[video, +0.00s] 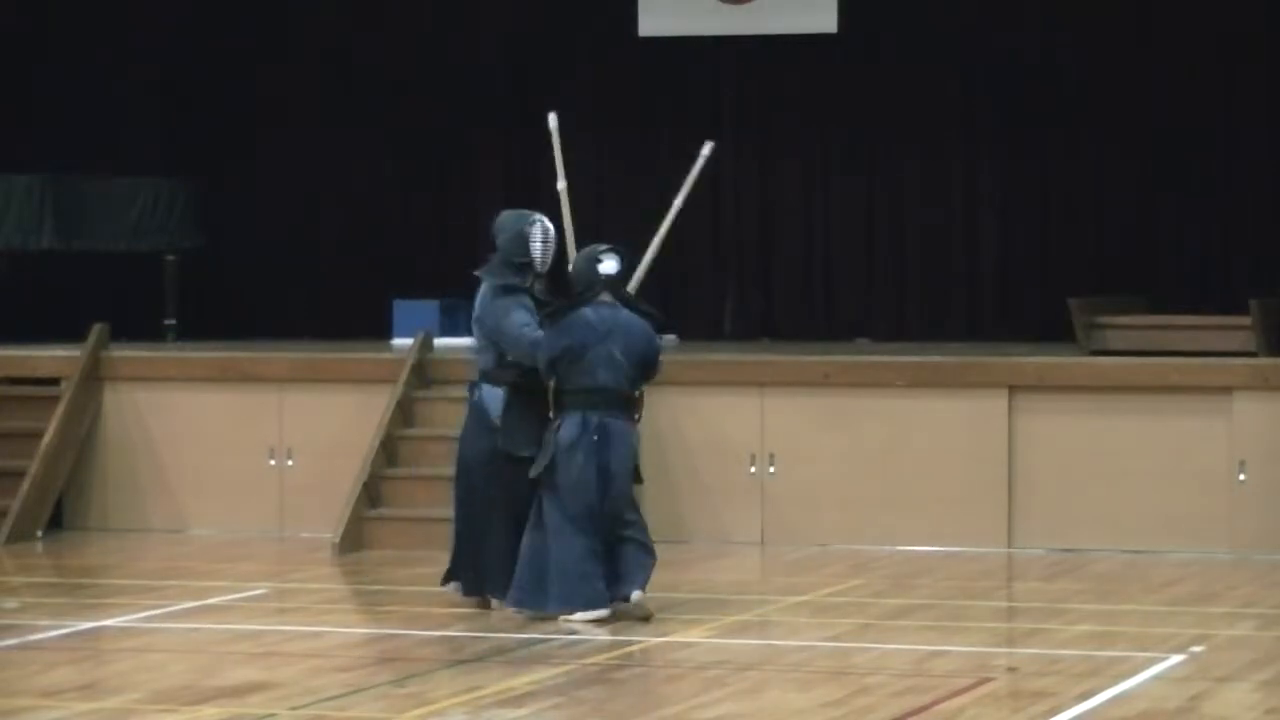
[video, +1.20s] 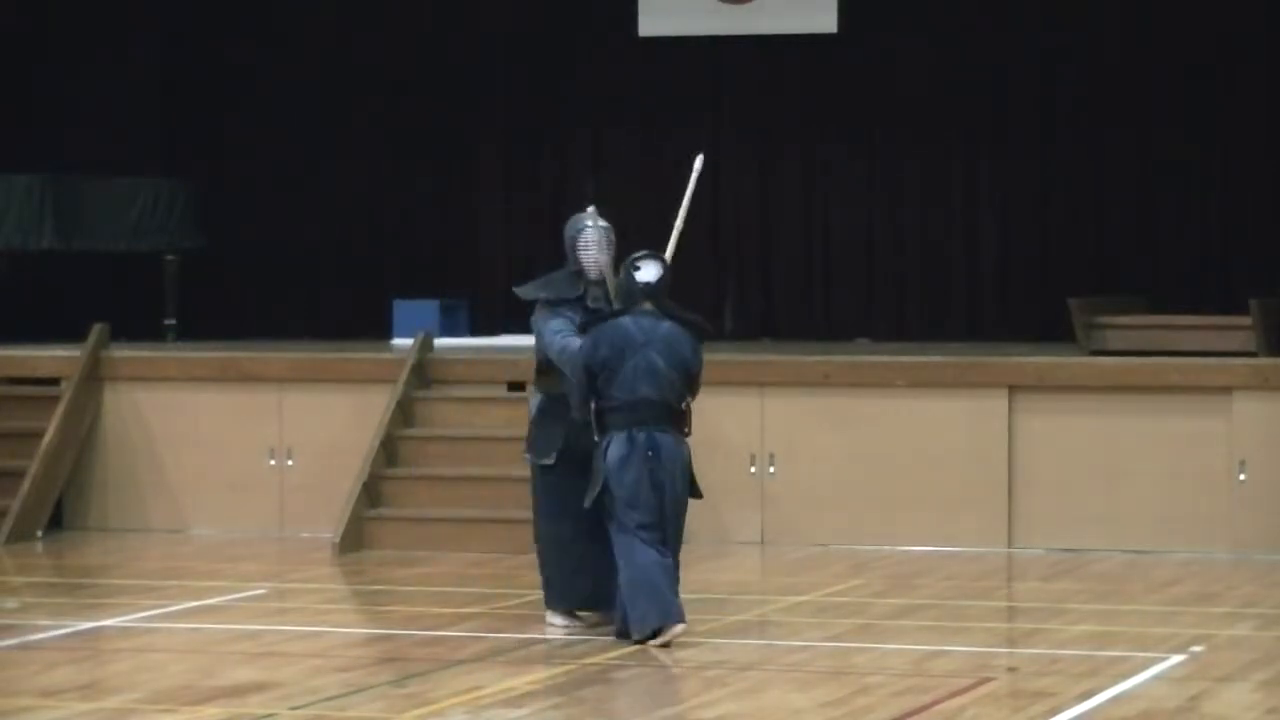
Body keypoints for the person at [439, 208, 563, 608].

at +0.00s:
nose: (547, 254)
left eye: (547, 245)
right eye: (542, 246)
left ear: (510, 249)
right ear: (524, 250)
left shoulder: (519, 291)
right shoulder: (503, 299)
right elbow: (537, 348)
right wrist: (580, 338)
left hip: (516, 397)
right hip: (502, 401)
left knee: (494, 488)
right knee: (499, 490)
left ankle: (477, 577)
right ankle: (491, 582)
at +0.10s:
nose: (546, 252)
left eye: (547, 243)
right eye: (540, 244)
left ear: (515, 247)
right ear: (525, 248)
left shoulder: (542, 291)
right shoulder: (505, 299)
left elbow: (569, 326)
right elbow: (524, 348)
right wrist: (566, 352)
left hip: (535, 397)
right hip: (507, 399)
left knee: (529, 488)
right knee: (506, 490)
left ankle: (527, 583)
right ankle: (500, 585)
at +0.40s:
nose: (566, 253)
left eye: (572, 243)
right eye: (557, 244)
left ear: (580, 247)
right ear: (539, 247)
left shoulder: (585, 292)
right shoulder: (521, 297)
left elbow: (606, 333)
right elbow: (527, 347)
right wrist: (575, 357)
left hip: (576, 402)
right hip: (531, 402)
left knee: (568, 494)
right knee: (525, 495)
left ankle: (570, 588)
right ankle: (515, 588)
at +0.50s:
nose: (579, 254)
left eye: (584, 246)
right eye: (570, 246)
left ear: (592, 249)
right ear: (551, 249)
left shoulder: (597, 293)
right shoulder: (534, 301)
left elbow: (621, 334)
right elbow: (546, 355)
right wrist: (596, 349)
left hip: (589, 406)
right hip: (544, 405)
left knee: (577, 500)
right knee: (535, 498)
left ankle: (572, 594)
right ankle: (515, 595)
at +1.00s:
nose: (602, 251)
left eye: (609, 243)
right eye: (595, 243)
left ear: (620, 247)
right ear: (581, 246)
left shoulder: (634, 290)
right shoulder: (560, 295)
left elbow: (671, 332)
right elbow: (569, 353)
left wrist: (652, 296)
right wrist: (605, 366)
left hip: (621, 410)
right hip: (573, 409)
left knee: (611, 506)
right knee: (569, 507)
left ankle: (605, 599)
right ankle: (560, 600)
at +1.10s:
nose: (597, 251)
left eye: (603, 243)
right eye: (589, 244)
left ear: (615, 247)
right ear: (575, 249)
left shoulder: (630, 292)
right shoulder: (558, 293)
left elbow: (647, 337)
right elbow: (559, 342)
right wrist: (599, 365)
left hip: (617, 409)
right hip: (569, 410)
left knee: (611, 507)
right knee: (569, 508)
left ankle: (608, 602)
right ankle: (562, 604)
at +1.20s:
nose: (593, 251)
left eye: (600, 243)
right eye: (584, 244)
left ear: (613, 248)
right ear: (571, 250)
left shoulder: (625, 294)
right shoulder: (553, 297)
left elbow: (642, 339)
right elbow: (566, 349)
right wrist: (608, 363)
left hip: (611, 416)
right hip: (561, 417)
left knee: (604, 511)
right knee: (561, 512)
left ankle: (602, 602)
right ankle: (559, 605)